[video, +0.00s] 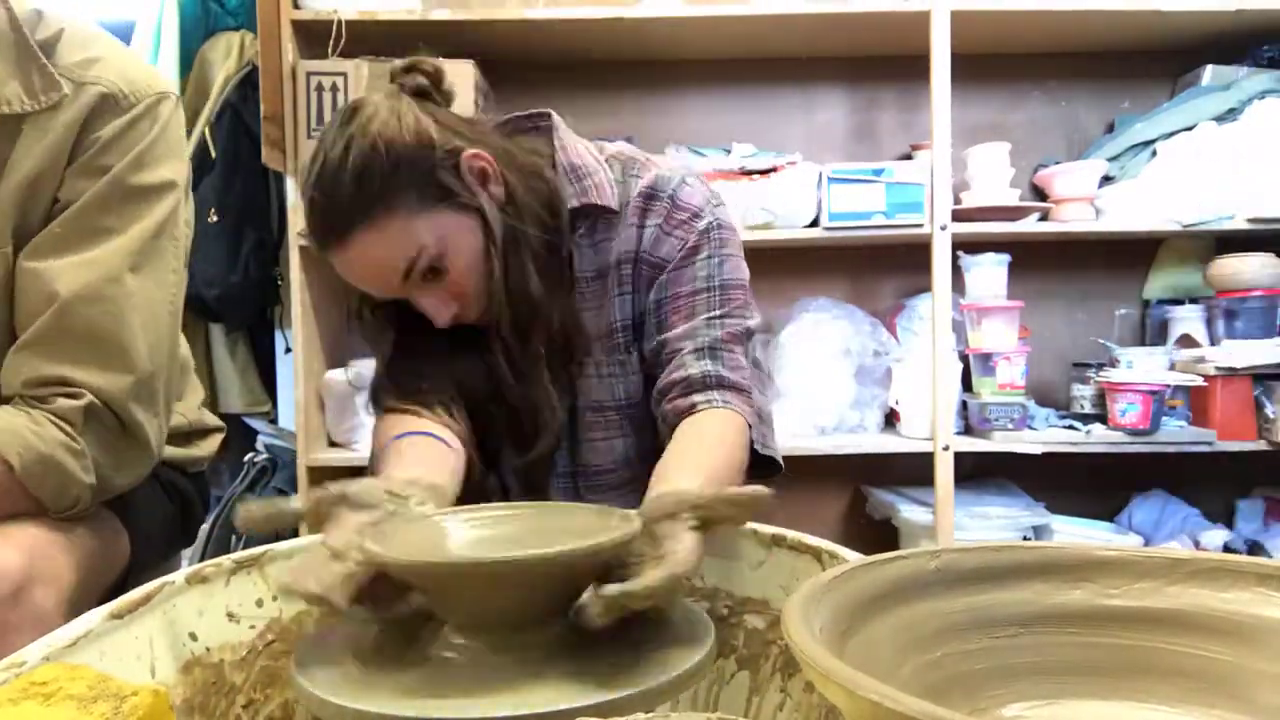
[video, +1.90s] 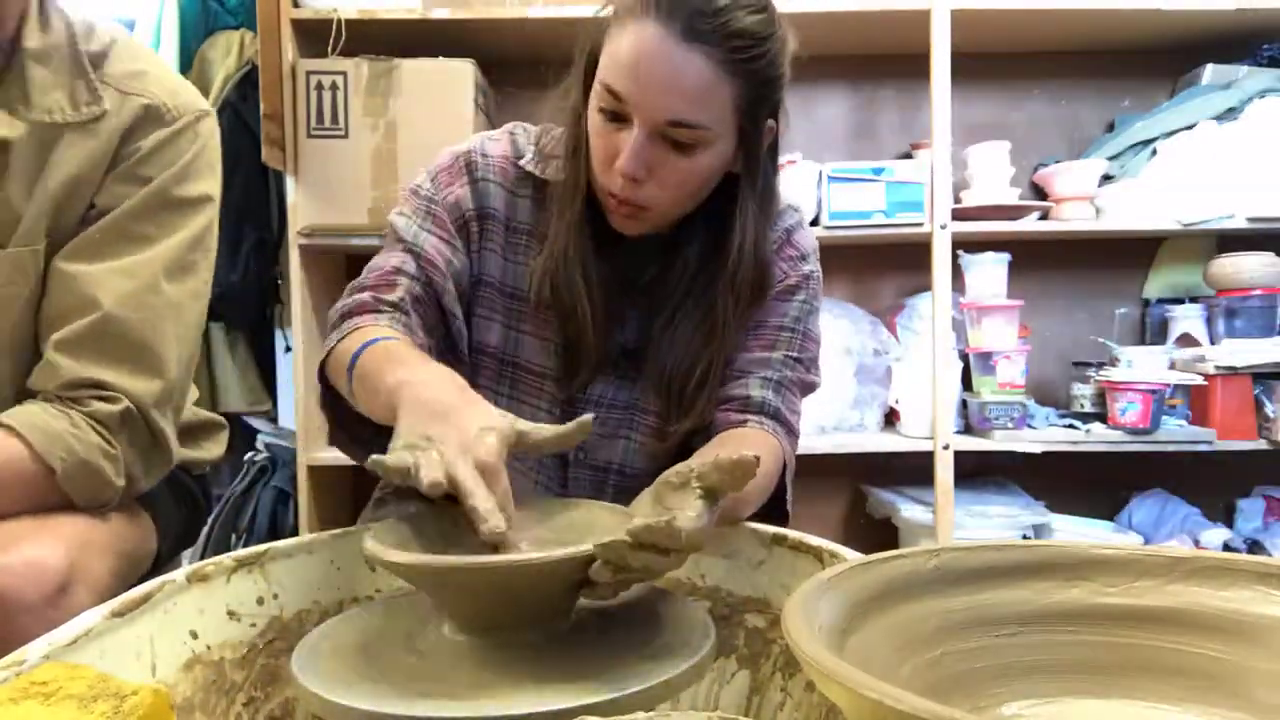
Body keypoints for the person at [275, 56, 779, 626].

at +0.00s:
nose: (438, 316)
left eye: (432, 272)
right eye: (406, 299)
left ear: (483, 179)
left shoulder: (671, 215)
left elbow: (714, 398)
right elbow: (423, 401)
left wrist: (672, 515)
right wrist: (404, 504)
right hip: (492, 597)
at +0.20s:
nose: (542, 120)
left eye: (585, 86)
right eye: (508, 73)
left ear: (626, 87)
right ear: (459, 64)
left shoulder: (693, 204)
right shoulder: (389, 208)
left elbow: (749, 392)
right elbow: (349, 373)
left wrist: (686, 488)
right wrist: (364, 484)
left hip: (642, 593)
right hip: (444, 594)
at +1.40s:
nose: (585, 128)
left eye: (631, 93)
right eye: (558, 84)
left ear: (693, 97)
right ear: (524, 84)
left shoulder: (738, 231)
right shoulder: (437, 202)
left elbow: (750, 414)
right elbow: (351, 352)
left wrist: (696, 500)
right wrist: (326, 458)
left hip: (637, 595)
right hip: (448, 584)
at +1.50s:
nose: (619, 139)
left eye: (667, 110)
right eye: (597, 94)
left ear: (727, 111)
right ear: (562, 81)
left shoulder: (753, 236)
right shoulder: (464, 193)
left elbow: (756, 414)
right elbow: (392, 347)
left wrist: (700, 499)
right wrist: (377, 443)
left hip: (645, 594)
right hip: (460, 586)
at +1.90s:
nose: (627, 166)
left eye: (679, 141)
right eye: (612, 114)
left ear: (745, 148)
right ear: (587, 89)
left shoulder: (774, 252)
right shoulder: (486, 181)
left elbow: (762, 420)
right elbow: (362, 325)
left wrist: (701, 493)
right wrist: (426, 394)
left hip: (642, 598)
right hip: (457, 579)